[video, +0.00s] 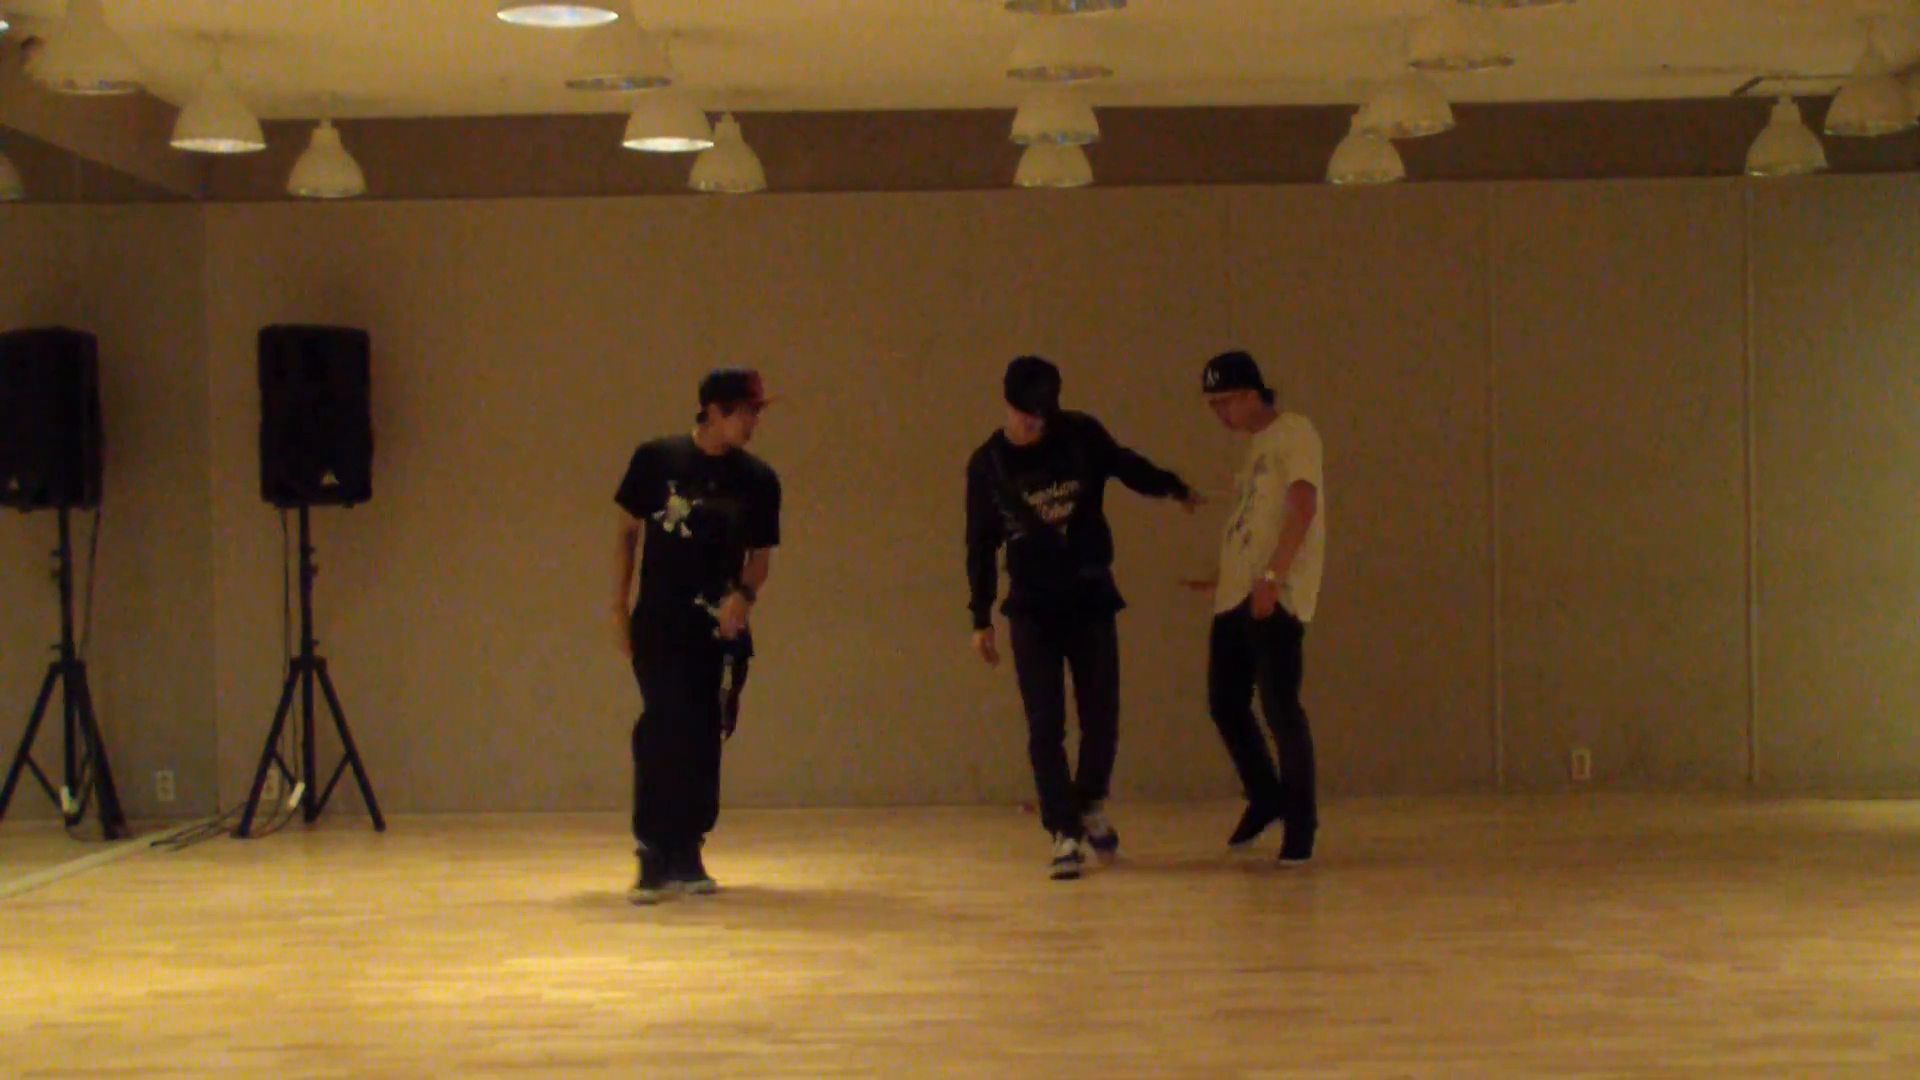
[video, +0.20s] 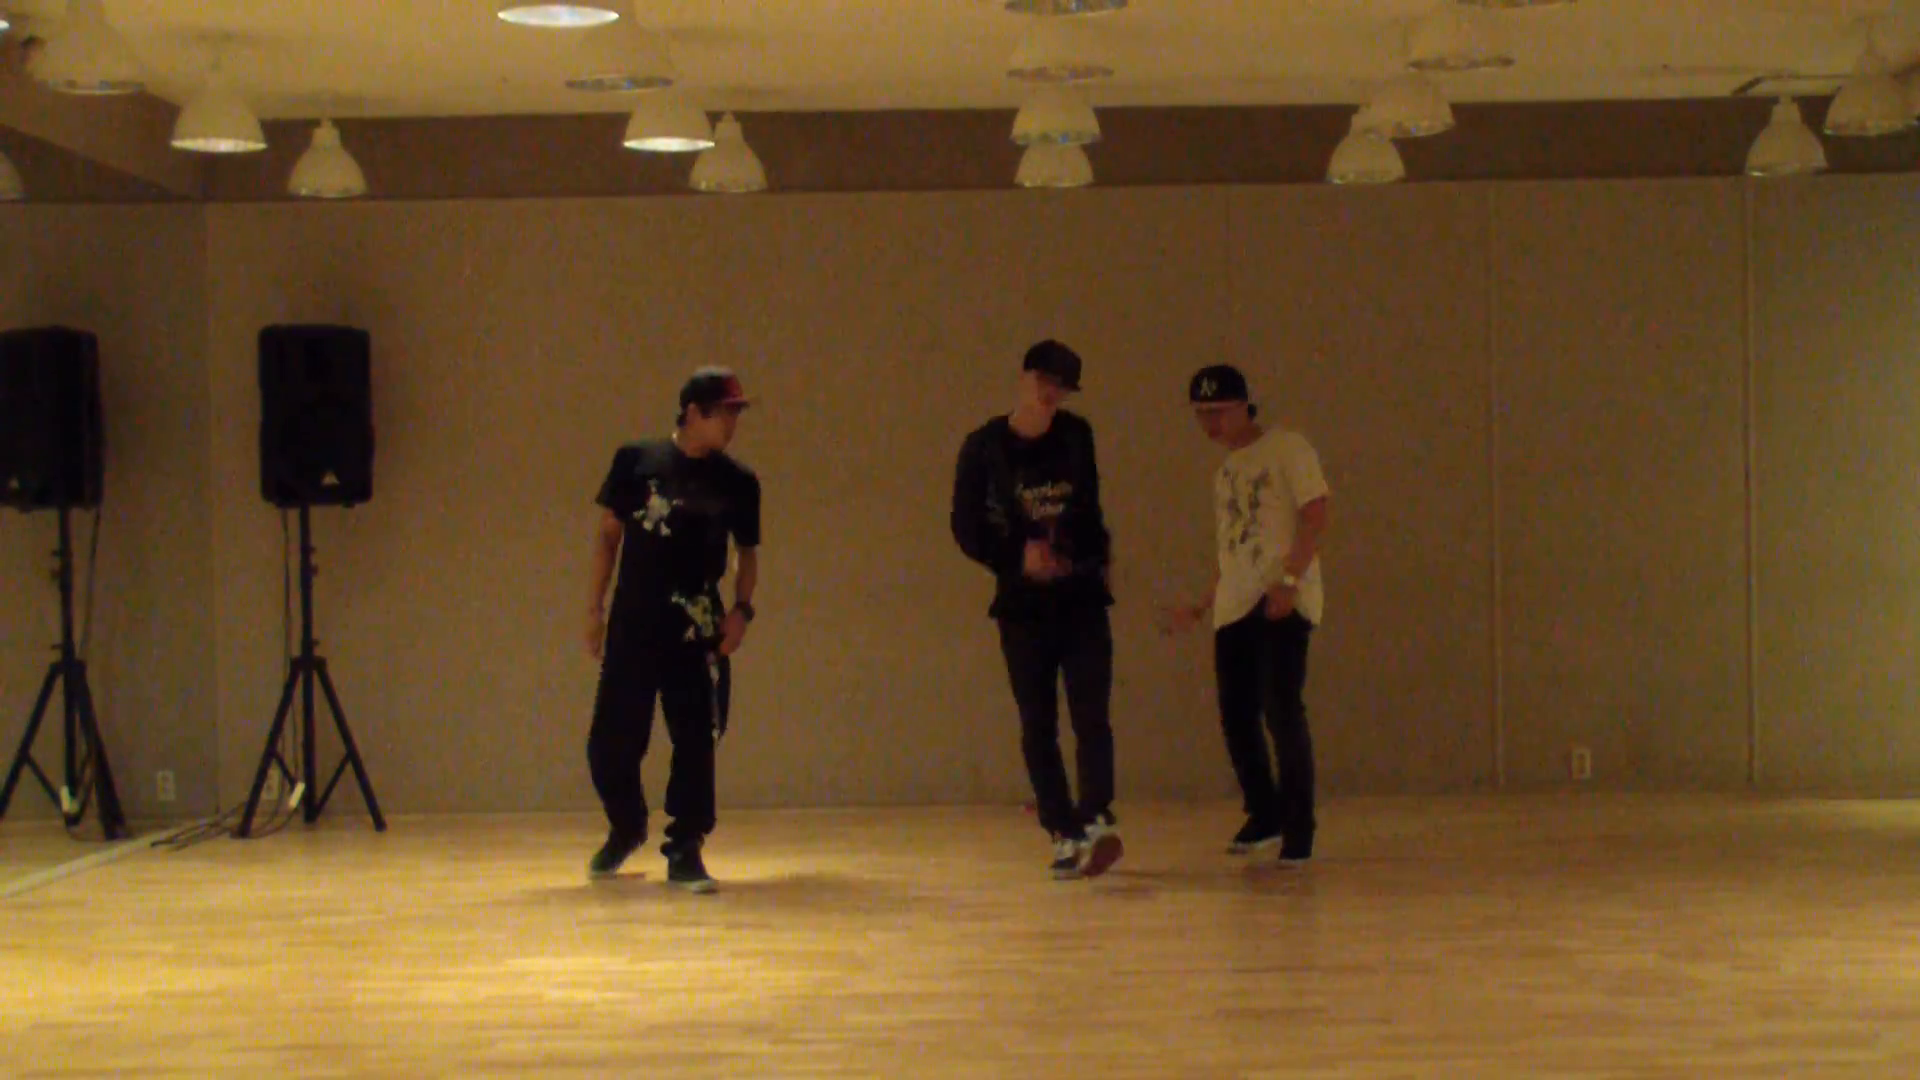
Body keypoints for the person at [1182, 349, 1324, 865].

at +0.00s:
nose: (1222, 415)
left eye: (1226, 403)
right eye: (1216, 406)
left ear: (1253, 394)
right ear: (1226, 402)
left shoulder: (1294, 433)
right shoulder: (1253, 447)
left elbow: (1302, 508)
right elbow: (1254, 525)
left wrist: (1272, 577)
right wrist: (1223, 580)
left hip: (1276, 601)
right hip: (1236, 601)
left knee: (1281, 710)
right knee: (1228, 705)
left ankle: (1301, 823)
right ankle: (1263, 796)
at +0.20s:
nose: (1208, 424)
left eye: (1216, 413)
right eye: (1202, 416)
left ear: (1244, 408)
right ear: (1202, 417)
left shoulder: (1287, 447)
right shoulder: (1226, 472)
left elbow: (1315, 515)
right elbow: (1232, 554)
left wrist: (1289, 580)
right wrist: (1204, 605)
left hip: (1282, 604)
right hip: (1234, 610)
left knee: (1283, 714)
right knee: (1237, 717)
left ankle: (1299, 829)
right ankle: (1263, 814)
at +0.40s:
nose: (1208, 415)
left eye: (1217, 404)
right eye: (1200, 406)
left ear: (1238, 405)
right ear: (1192, 412)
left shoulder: (1285, 450)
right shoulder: (1198, 476)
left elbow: (1322, 519)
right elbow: (1200, 557)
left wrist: (1321, 585)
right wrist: (1200, 626)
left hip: (1294, 600)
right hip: (1238, 613)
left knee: (1297, 707)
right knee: (1247, 724)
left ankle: (1298, 803)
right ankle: (1262, 818)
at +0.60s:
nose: (1221, 409)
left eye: (1230, 398)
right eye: (1212, 401)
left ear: (1249, 400)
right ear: (1203, 407)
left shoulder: (1293, 448)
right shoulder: (1196, 470)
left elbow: (1329, 513)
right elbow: (1191, 552)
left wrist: (1322, 575)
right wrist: (1197, 625)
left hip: (1296, 595)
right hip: (1237, 608)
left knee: (1307, 693)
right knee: (1248, 718)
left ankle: (1315, 786)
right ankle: (1264, 820)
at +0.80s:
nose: (1236, 411)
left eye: (1245, 401)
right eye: (1227, 402)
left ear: (1263, 406)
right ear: (1213, 409)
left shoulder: (1296, 456)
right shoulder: (1199, 468)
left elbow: (1326, 521)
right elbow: (1185, 539)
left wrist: (1316, 583)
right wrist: (1190, 607)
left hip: (1290, 603)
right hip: (1230, 611)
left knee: (1305, 710)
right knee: (1240, 722)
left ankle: (1309, 814)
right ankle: (1264, 820)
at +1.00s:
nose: (1260, 402)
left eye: (1269, 393)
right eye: (1251, 393)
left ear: (1284, 402)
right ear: (1235, 400)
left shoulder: (1305, 460)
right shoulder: (1206, 456)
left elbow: (1327, 526)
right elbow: (1180, 520)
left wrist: (1317, 580)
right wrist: (1189, 570)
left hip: (1284, 604)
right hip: (1226, 608)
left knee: (1284, 713)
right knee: (1242, 718)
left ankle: (1282, 823)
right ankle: (1257, 821)